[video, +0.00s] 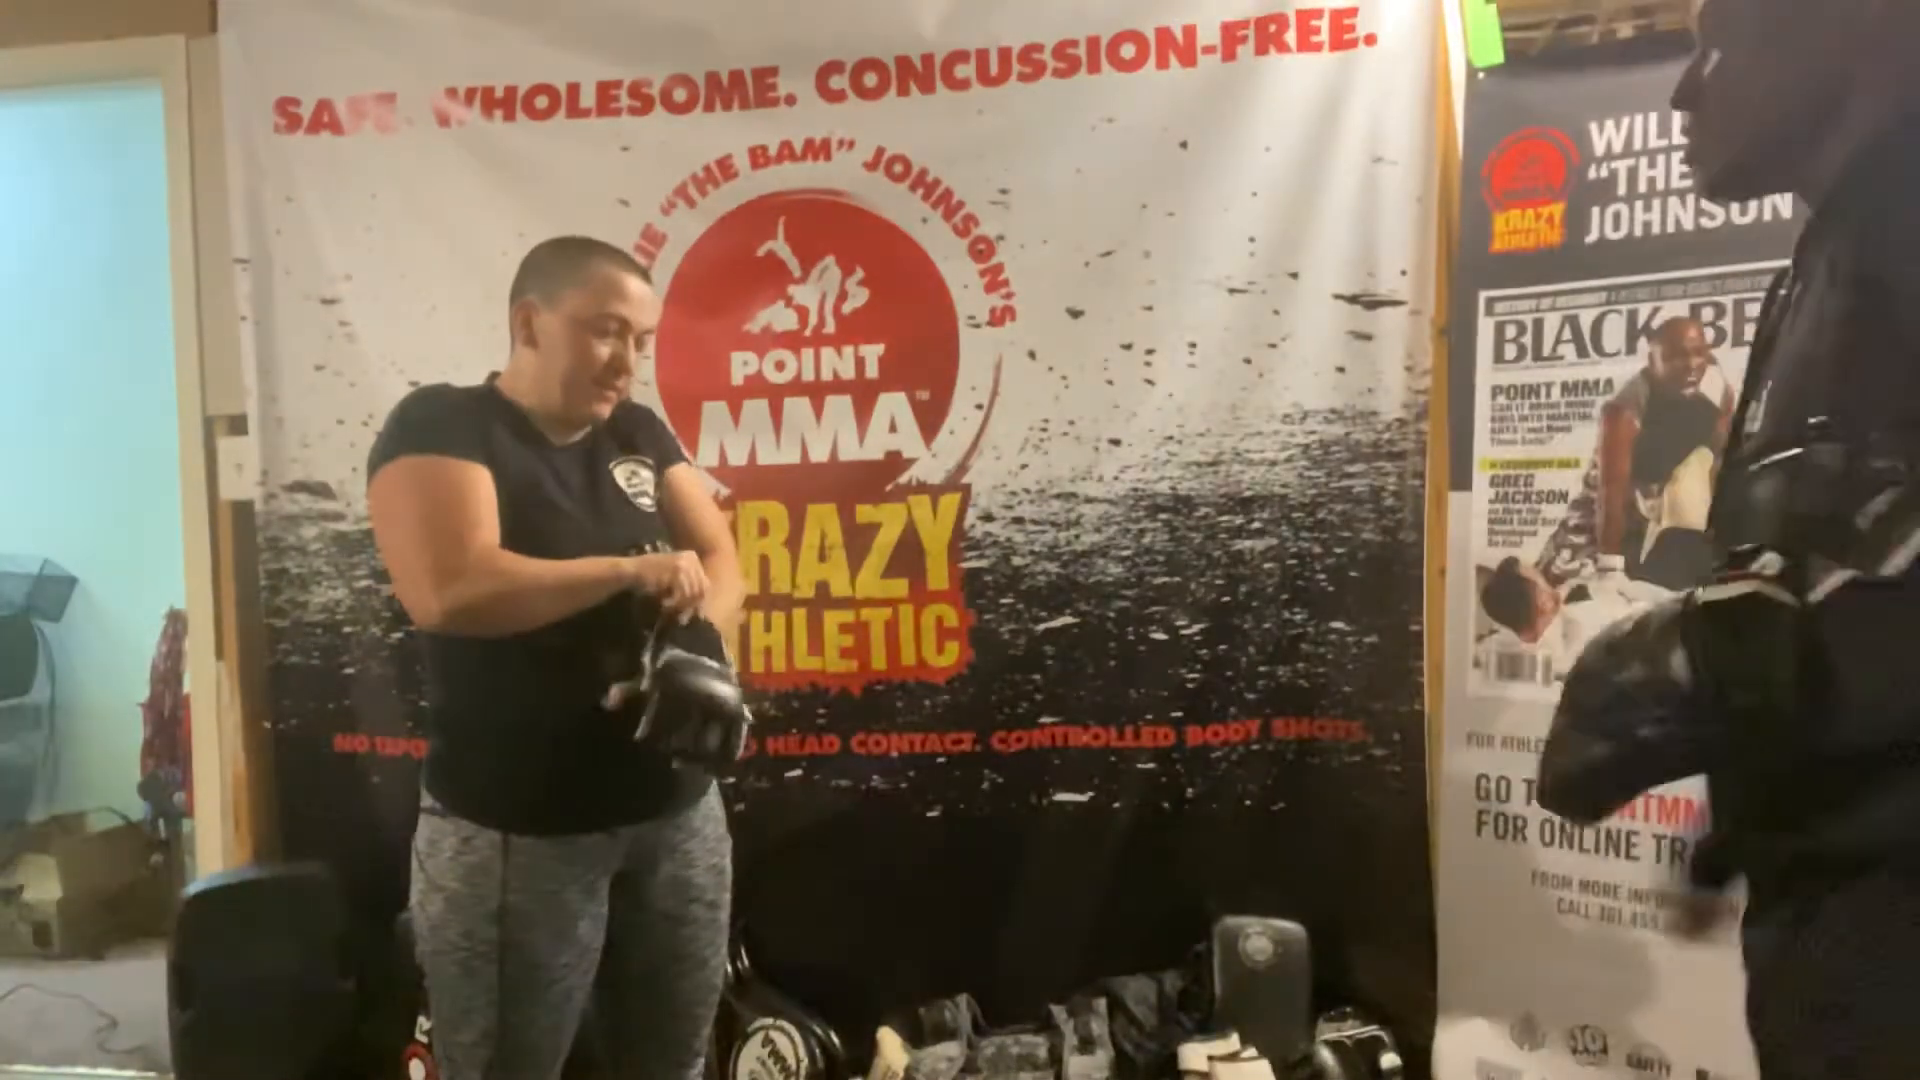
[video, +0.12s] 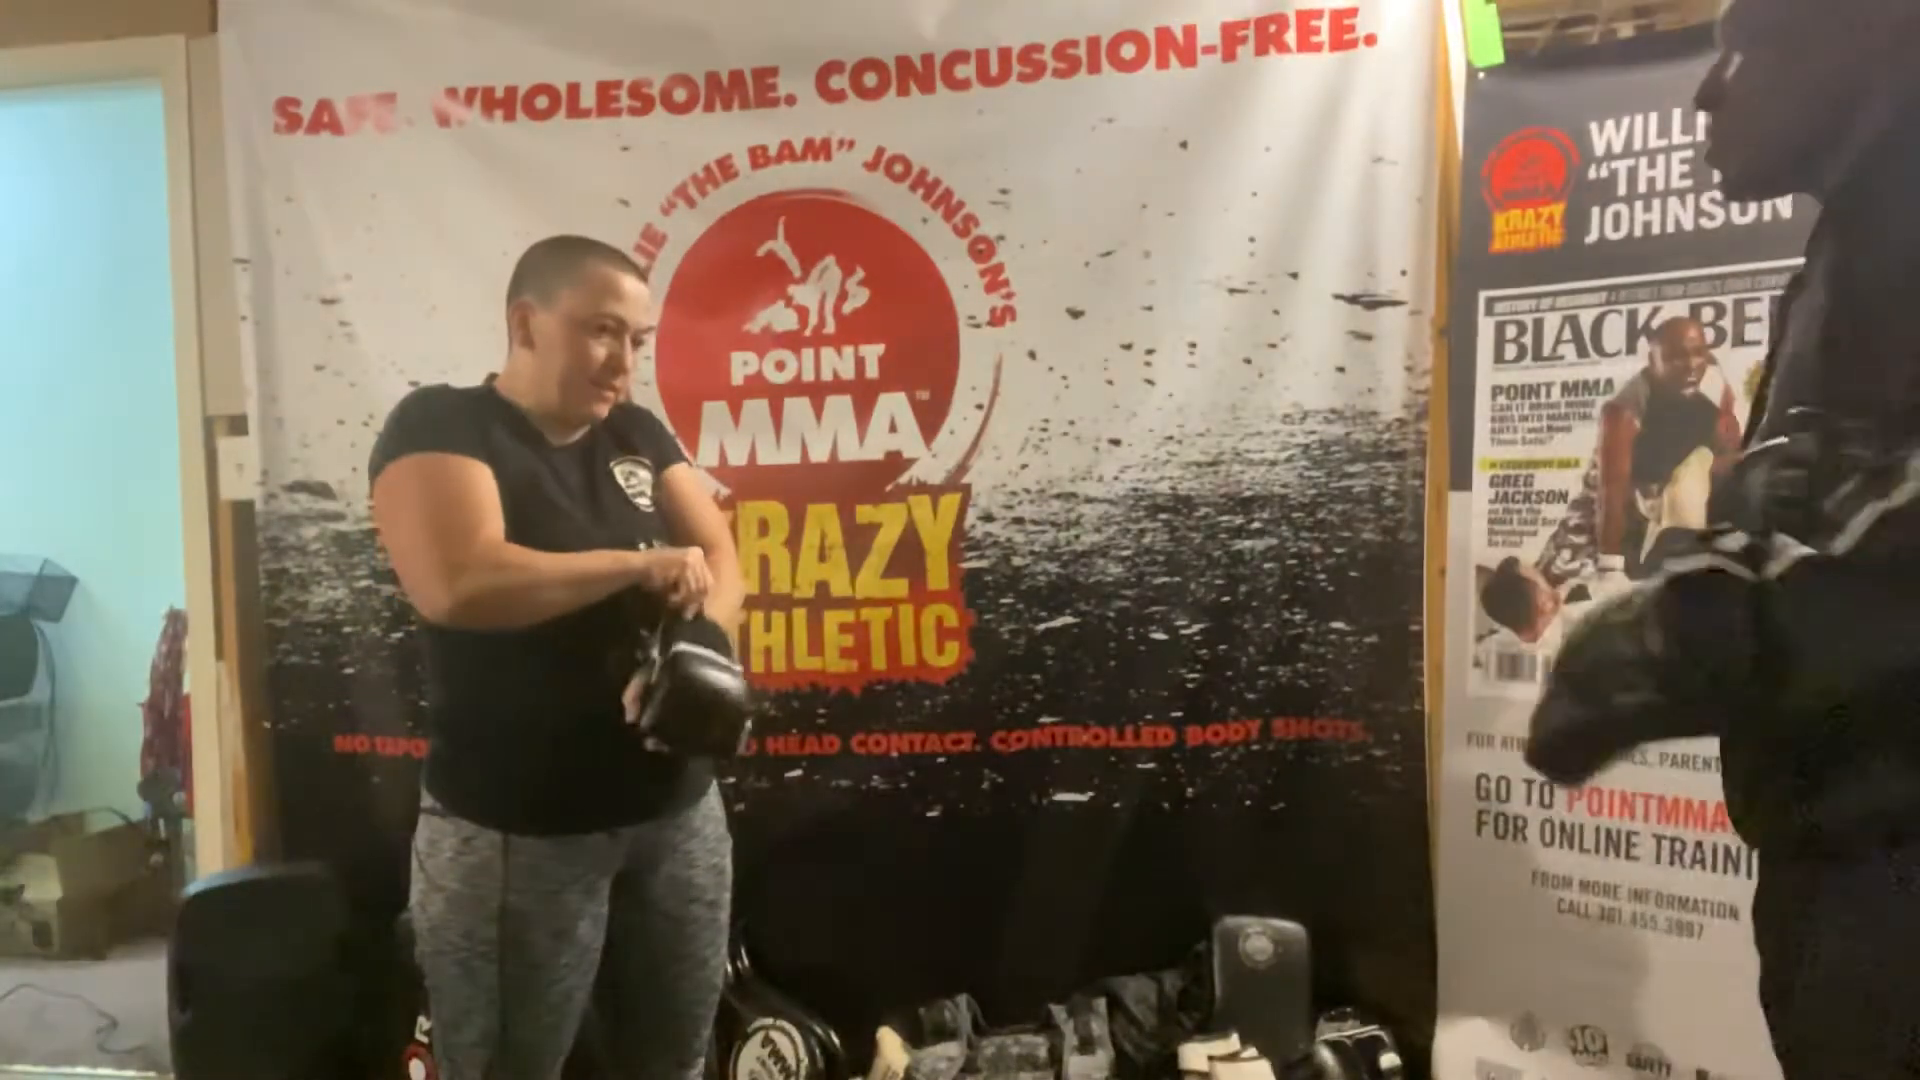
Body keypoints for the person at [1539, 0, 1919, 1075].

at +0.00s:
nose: (1685, 81)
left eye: (1716, 33)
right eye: (1694, 42)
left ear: (1864, 22)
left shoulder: (1894, 206)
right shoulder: (1836, 240)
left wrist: (1739, 669)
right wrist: (1743, 823)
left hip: (1885, 912)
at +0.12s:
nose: (1709, 88)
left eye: (1747, 40)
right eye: (1721, 49)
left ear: (1873, 32)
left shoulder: (1896, 193)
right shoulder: (1862, 217)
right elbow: (1788, 484)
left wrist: (1641, 652)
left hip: (1885, 868)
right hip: (1842, 856)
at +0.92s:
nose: (1560, 48)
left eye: (1598, 16)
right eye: (1574, 23)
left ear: (1724, 33)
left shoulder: (1797, 199)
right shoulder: (1730, 209)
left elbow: (1780, 532)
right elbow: (1620, 479)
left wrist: (1497, 647)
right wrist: (1489, 611)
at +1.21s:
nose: (1402, 100)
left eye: (1439, 51)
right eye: (1416, 56)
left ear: (1556, 48)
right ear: (1555, 59)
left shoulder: (1619, 218)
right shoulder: (1583, 223)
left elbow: (1657, 563)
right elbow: (1525, 496)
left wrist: (1412, 684)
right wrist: (1434, 592)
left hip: (1704, 842)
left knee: (1676, 1061)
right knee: (1630, 1060)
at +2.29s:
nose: (1482, 148)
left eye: (1515, 108)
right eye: (1493, 112)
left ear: (1611, 112)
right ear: (1623, 116)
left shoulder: (1728, 236)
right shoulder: (1597, 276)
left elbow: (1799, 514)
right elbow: (1556, 529)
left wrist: (1495, 620)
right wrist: (1482, 753)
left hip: (1719, 801)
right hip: (1611, 796)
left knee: (1706, 1061)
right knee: (1612, 1059)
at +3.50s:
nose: (1638, 108)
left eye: (1667, 73)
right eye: (1648, 78)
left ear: (1774, 63)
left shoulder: (1891, 217)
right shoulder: (1701, 311)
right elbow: (1670, 581)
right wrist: (1610, 744)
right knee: (1643, 1052)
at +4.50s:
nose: (1608, 57)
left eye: (1654, 34)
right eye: (1617, 38)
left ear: (1765, 65)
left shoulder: (1846, 229)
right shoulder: (1639, 285)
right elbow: (1584, 548)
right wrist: (1533, 766)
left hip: (1794, 808)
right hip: (1635, 811)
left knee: (1799, 1053)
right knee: (1617, 1053)